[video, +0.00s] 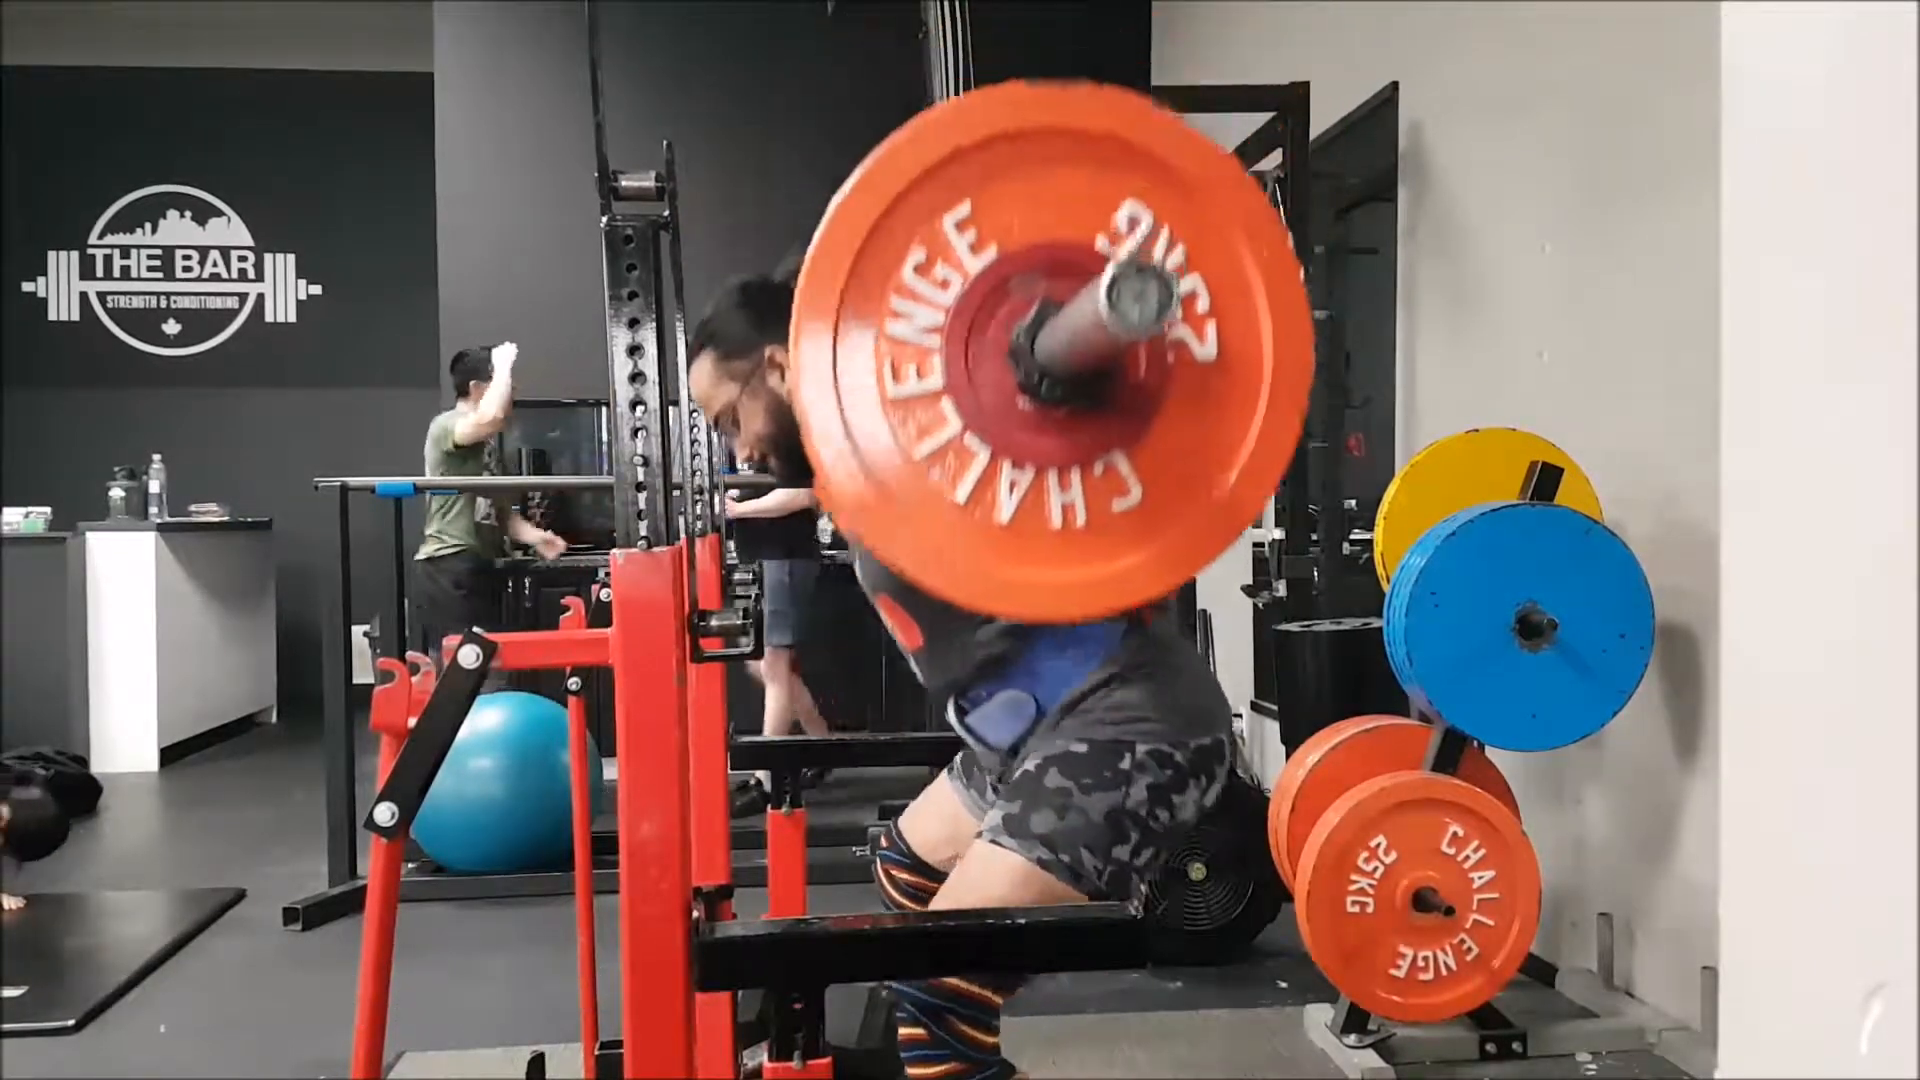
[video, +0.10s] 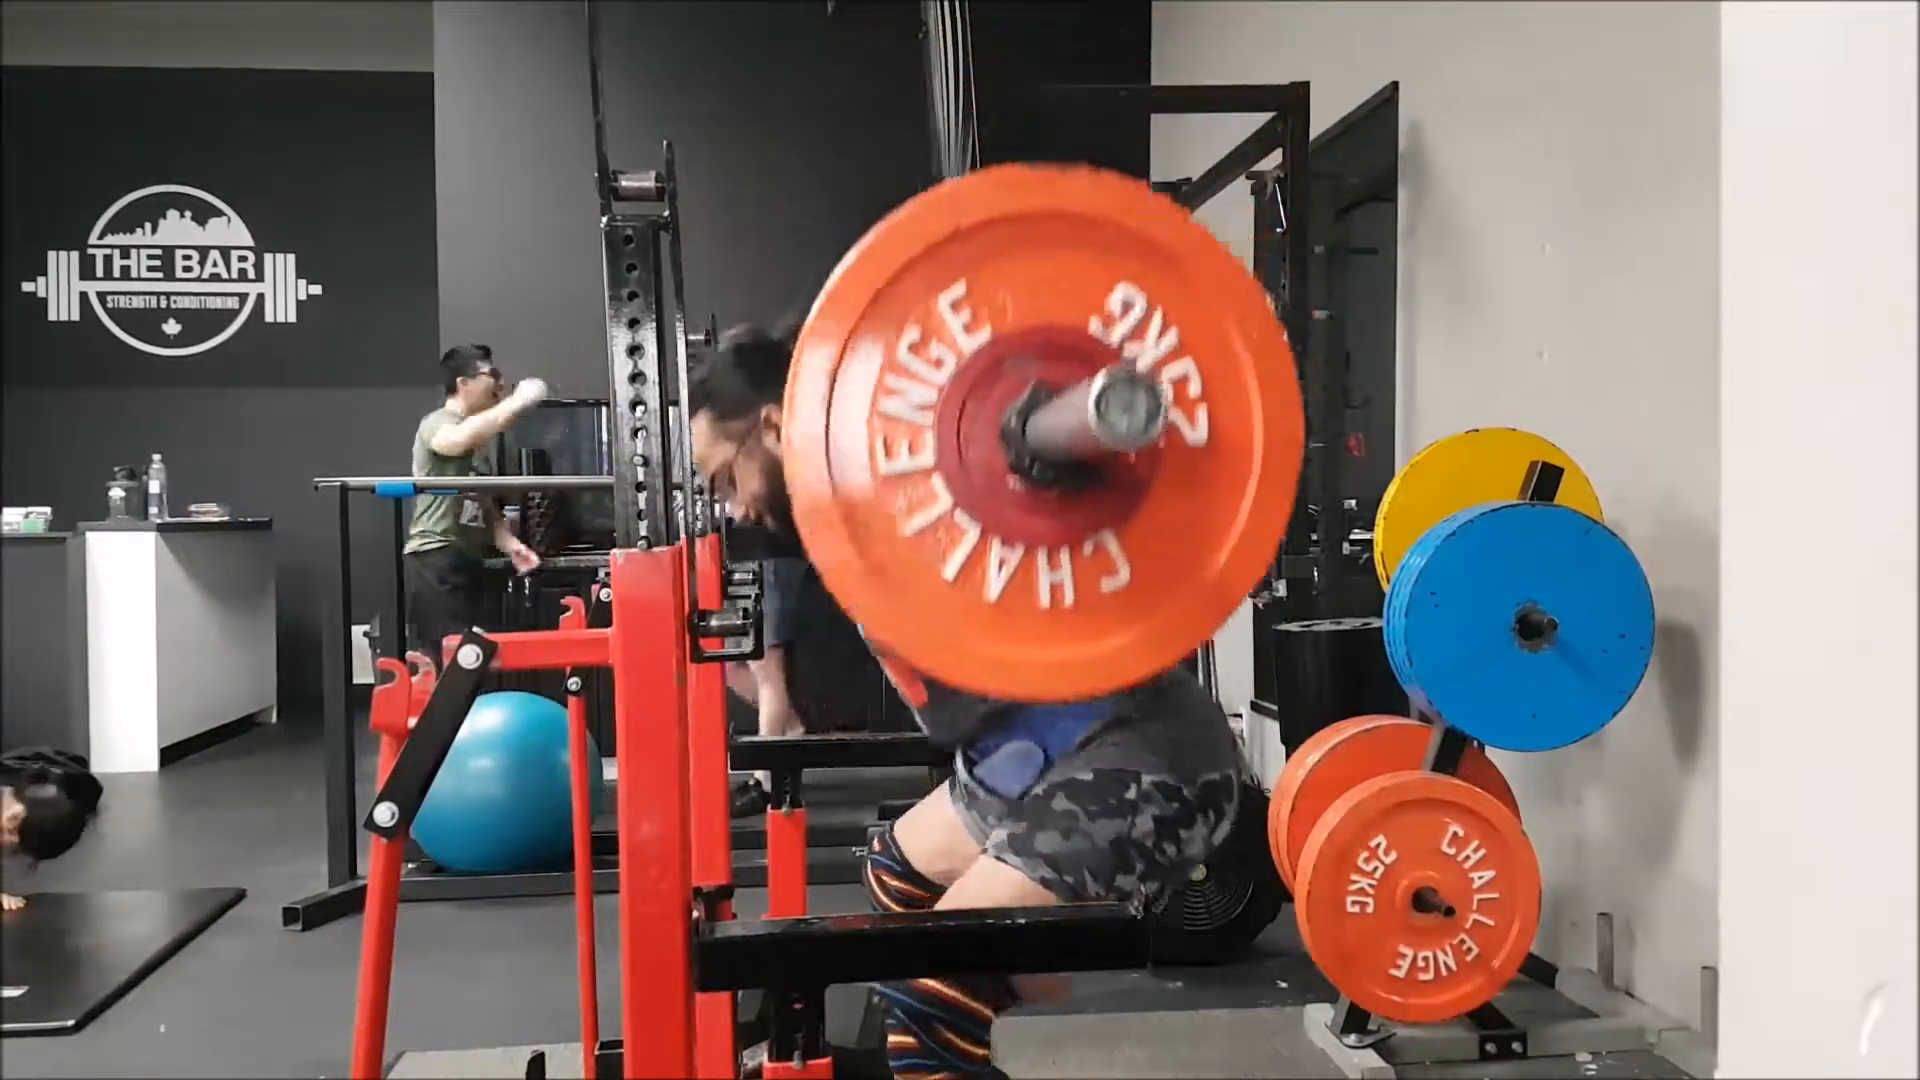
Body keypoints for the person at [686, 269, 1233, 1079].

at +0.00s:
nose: (740, 449)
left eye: (730, 416)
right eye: (724, 429)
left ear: (781, 364)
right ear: (783, 368)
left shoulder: (918, 411)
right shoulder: (855, 444)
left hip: (1126, 721)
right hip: (1023, 723)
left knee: (938, 1005)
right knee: (905, 868)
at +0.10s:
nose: (733, 508)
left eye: (726, 478)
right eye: (719, 490)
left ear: (775, 430)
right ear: (770, 436)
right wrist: (773, 692)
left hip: (1136, 756)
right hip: (1040, 742)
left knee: (924, 1014)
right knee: (897, 870)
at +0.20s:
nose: (733, 568)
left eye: (724, 536)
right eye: (716, 545)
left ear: (771, 487)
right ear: (769, 490)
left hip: (1149, 797)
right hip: (1051, 774)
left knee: (927, 999)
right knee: (888, 872)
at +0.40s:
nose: (719, 649)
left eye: (719, 620)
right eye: (711, 624)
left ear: (764, 592)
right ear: (768, 589)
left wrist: (758, 707)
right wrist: (759, 703)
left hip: (1156, 909)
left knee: (878, 1016)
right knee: (863, 897)